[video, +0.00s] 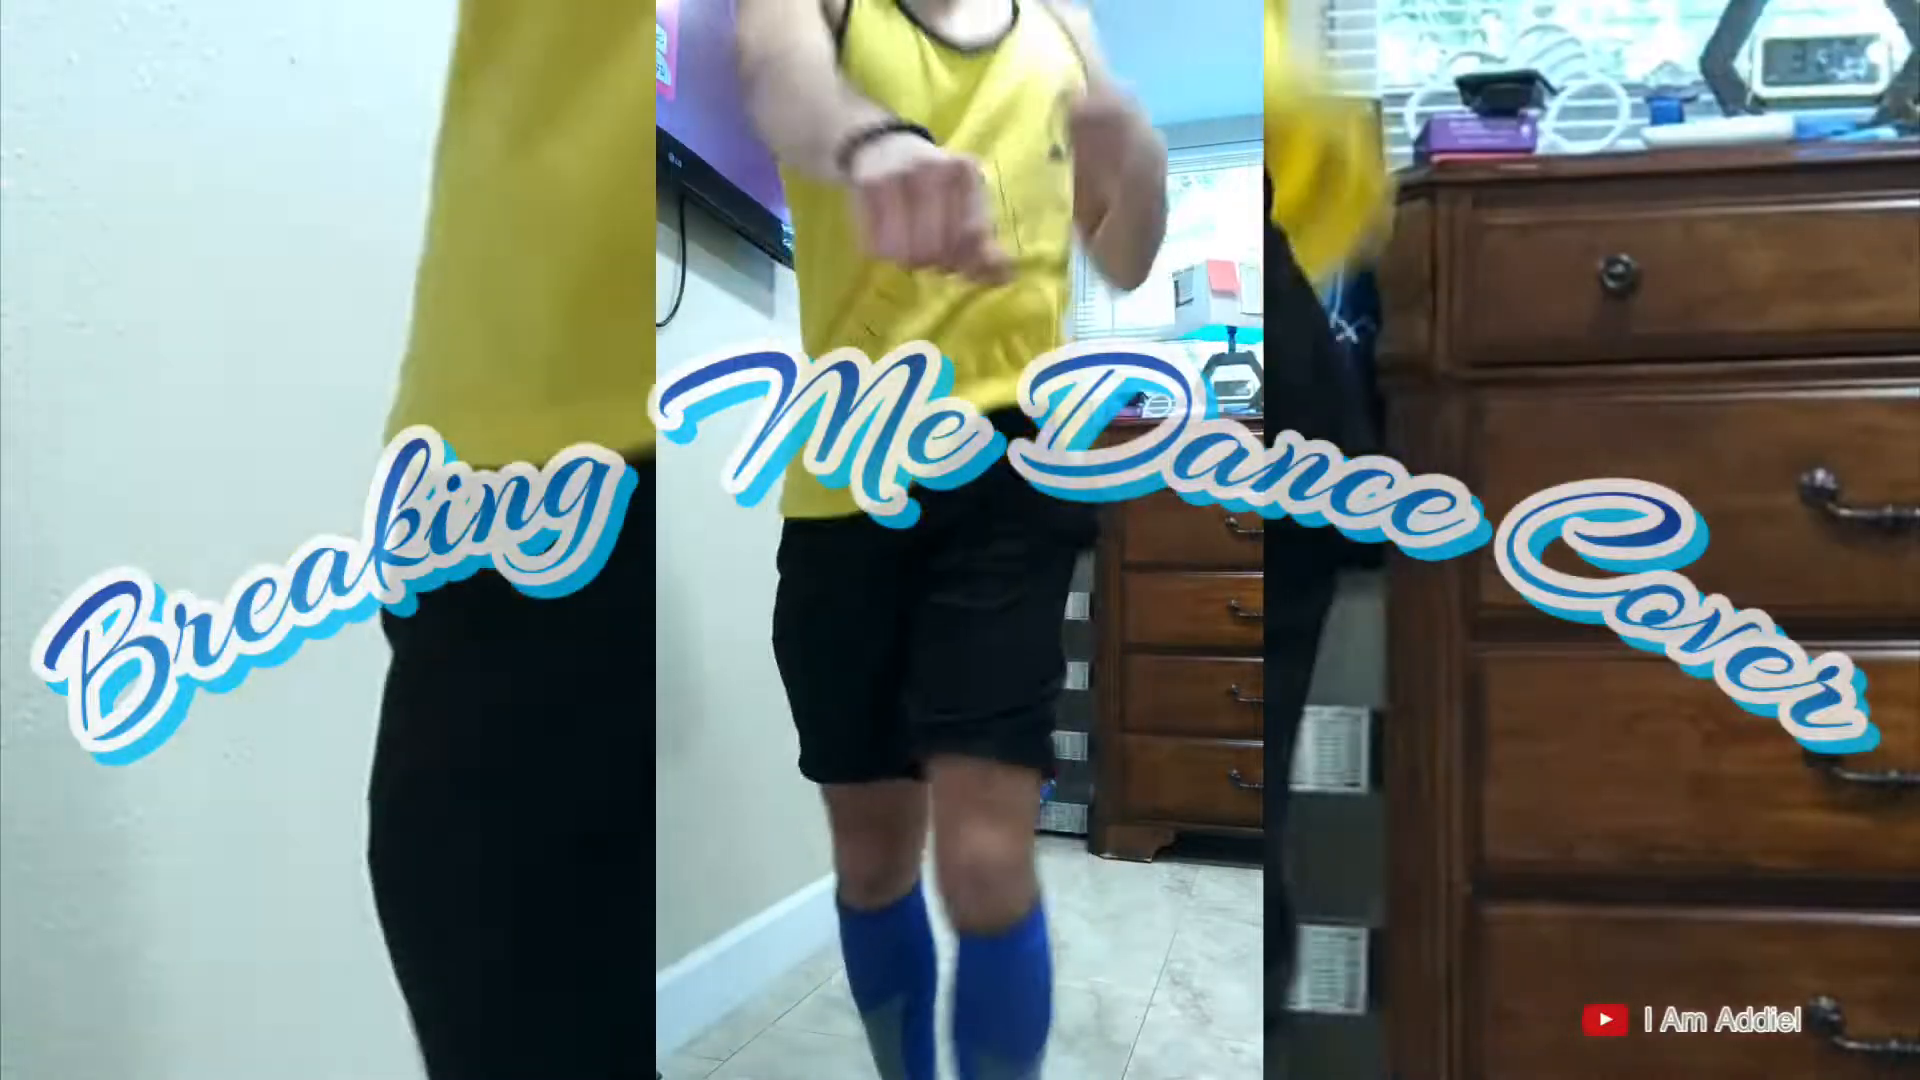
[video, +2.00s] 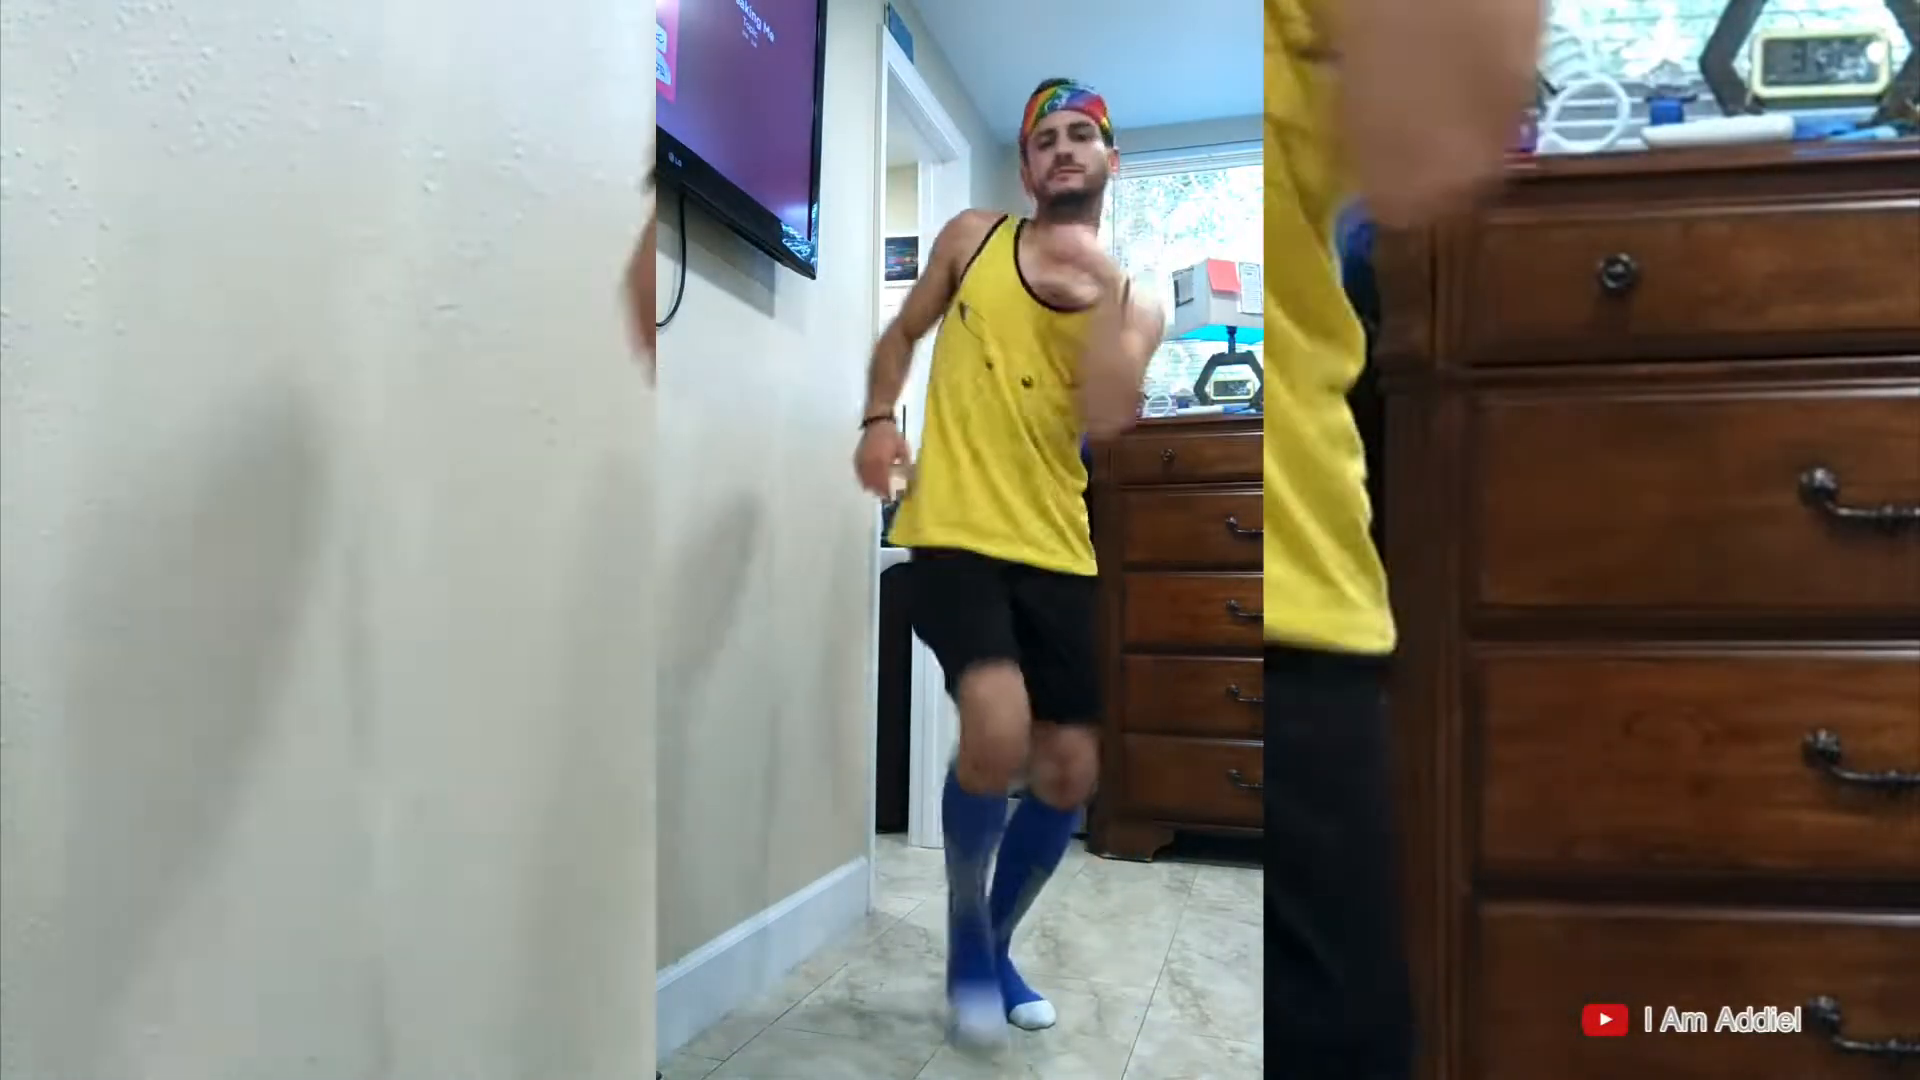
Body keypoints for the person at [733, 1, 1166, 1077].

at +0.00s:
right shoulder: (806, 12)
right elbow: (788, 78)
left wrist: (1117, 154)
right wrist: (874, 140)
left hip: (1013, 473)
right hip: (845, 482)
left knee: (983, 861)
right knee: (872, 865)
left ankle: (1000, 1065)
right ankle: (907, 1069)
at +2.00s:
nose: (1063, 149)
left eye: (1080, 136)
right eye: (1046, 141)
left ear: (1112, 162)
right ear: (1025, 167)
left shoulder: (1131, 297)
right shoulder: (975, 235)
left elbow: (1105, 419)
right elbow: (899, 335)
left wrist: (1113, 296)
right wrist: (879, 422)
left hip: (1054, 538)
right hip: (950, 520)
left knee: (1069, 767)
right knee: (997, 725)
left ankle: (991, 941)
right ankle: (969, 944)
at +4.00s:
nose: (1033, 104)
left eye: (1050, 90)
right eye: (1012, 94)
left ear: (1080, 116)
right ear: (984, 128)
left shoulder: (1129, 228)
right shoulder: (977, 258)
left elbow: (1065, 335)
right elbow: (986, 392)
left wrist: (998, 241)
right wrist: (972, 502)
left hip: (1083, 566)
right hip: (956, 550)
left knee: (1117, 825)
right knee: (853, 756)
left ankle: (1052, 1025)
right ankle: (936, 929)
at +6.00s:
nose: (1019, 32)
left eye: (1032, 27)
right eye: (993, 23)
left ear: (1045, 75)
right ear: (943, 66)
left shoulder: (1044, 203)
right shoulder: (918, 133)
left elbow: (1068, 392)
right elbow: (878, 295)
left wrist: (1067, 260)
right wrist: (916, 488)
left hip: (1014, 529)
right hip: (904, 523)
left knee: (1044, 786)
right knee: (902, 799)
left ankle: (1018, 1040)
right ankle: (880, 1013)